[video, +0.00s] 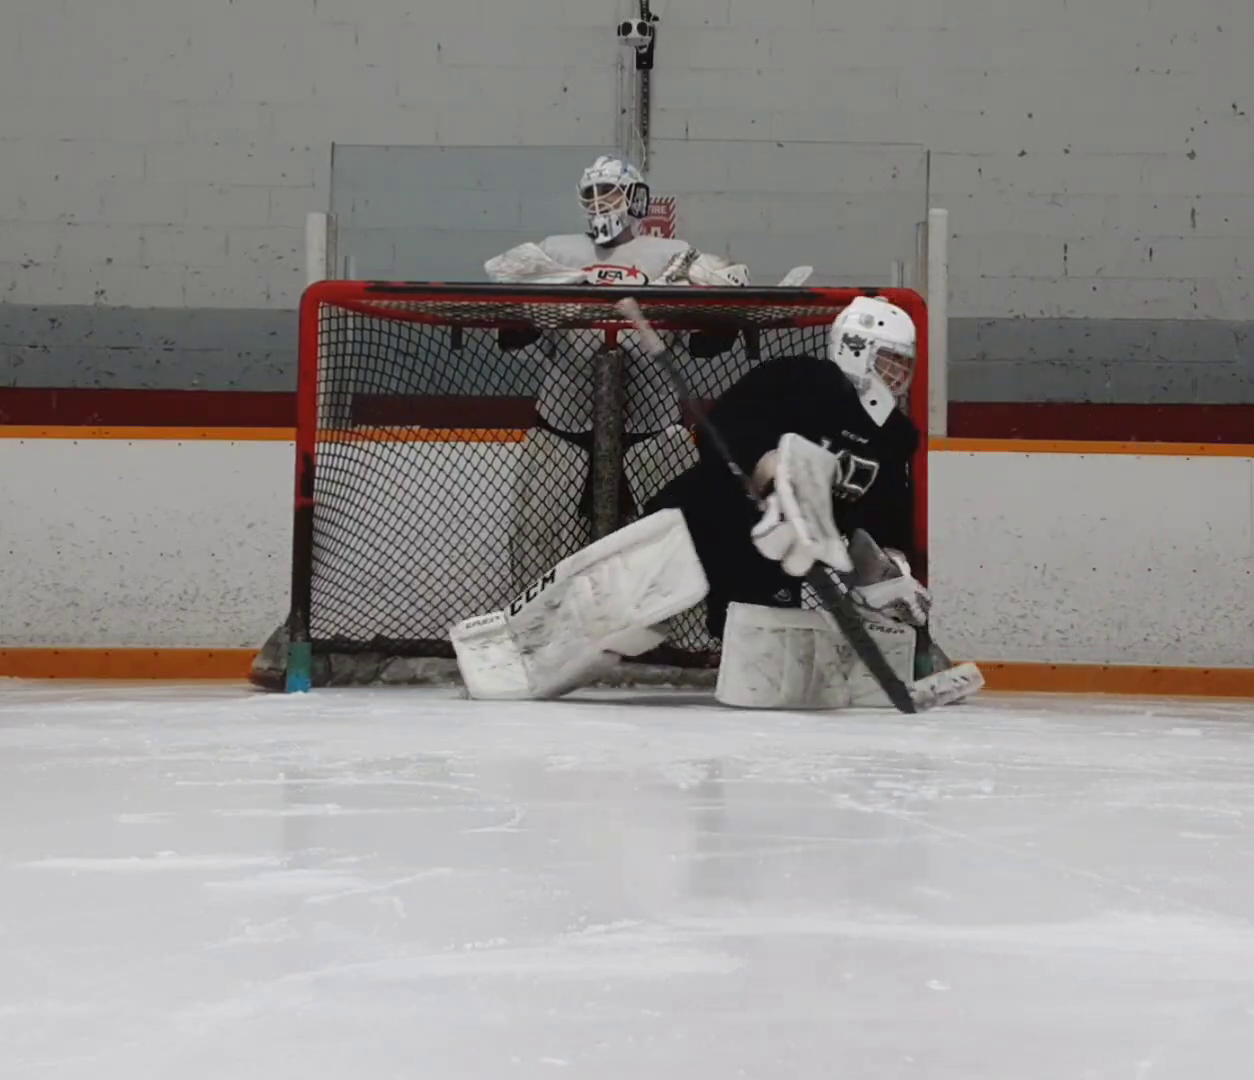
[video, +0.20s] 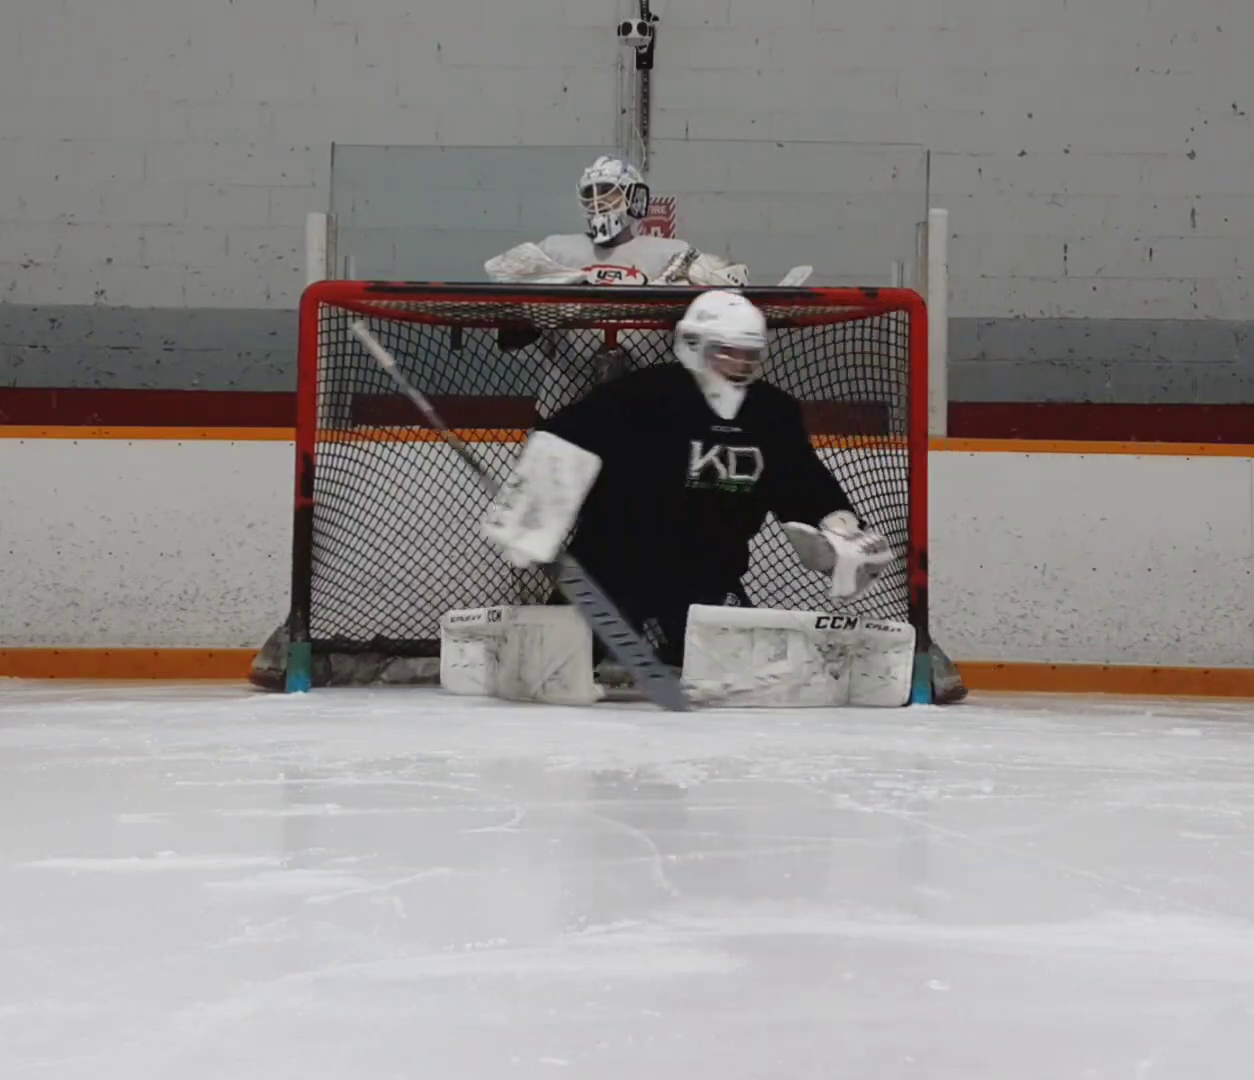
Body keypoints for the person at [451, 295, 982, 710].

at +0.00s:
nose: (900, 374)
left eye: (908, 365)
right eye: (892, 361)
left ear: (911, 368)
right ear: (855, 350)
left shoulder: (897, 437)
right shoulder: (798, 379)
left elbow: (880, 517)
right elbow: (722, 421)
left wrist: (892, 573)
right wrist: (765, 472)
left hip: (790, 556)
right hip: (715, 523)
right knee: (624, 602)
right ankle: (517, 651)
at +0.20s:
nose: (740, 365)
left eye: (750, 355)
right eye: (728, 352)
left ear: (761, 356)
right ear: (696, 349)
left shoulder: (775, 415)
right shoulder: (644, 395)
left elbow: (807, 486)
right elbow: (560, 442)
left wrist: (844, 534)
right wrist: (533, 519)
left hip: (710, 583)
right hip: (619, 577)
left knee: (753, 676)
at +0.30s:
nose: (603, 360)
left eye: (617, 350)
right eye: (594, 349)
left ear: (649, 350)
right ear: (580, 347)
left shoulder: (688, 401)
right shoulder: (552, 401)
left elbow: (750, 475)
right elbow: (479, 441)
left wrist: (772, 514)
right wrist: (431, 473)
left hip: (661, 600)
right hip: (562, 597)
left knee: (665, 741)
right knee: (554, 737)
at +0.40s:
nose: (498, 366)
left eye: (513, 355)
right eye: (492, 354)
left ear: (554, 351)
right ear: (488, 353)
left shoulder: (606, 395)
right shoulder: (472, 409)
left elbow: (684, 449)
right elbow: (404, 455)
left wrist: (707, 501)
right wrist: (351, 480)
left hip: (618, 611)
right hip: (515, 616)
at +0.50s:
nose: (433, 364)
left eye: (445, 352)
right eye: (425, 352)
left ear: (483, 345)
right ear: (418, 352)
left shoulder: (538, 385)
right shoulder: (415, 405)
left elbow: (620, 439)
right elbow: (360, 456)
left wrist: (576, 486)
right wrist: (316, 483)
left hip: (577, 582)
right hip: (482, 593)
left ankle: (753, 662)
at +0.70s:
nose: (598, 204)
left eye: (609, 192)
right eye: (591, 195)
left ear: (636, 197)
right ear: (582, 202)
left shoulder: (670, 256)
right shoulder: (558, 254)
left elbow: (704, 347)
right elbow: (509, 339)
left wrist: (718, 302)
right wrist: (525, 295)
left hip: (650, 438)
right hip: (564, 437)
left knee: (675, 562)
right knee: (555, 559)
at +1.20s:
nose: (597, 205)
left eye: (608, 194)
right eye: (589, 196)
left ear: (634, 197)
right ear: (581, 202)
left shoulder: (667, 254)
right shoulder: (566, 252)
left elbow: (704, 347)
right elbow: (499, 269)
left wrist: (719, 294)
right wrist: (560, 279)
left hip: (651, 426)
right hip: (576, 424)